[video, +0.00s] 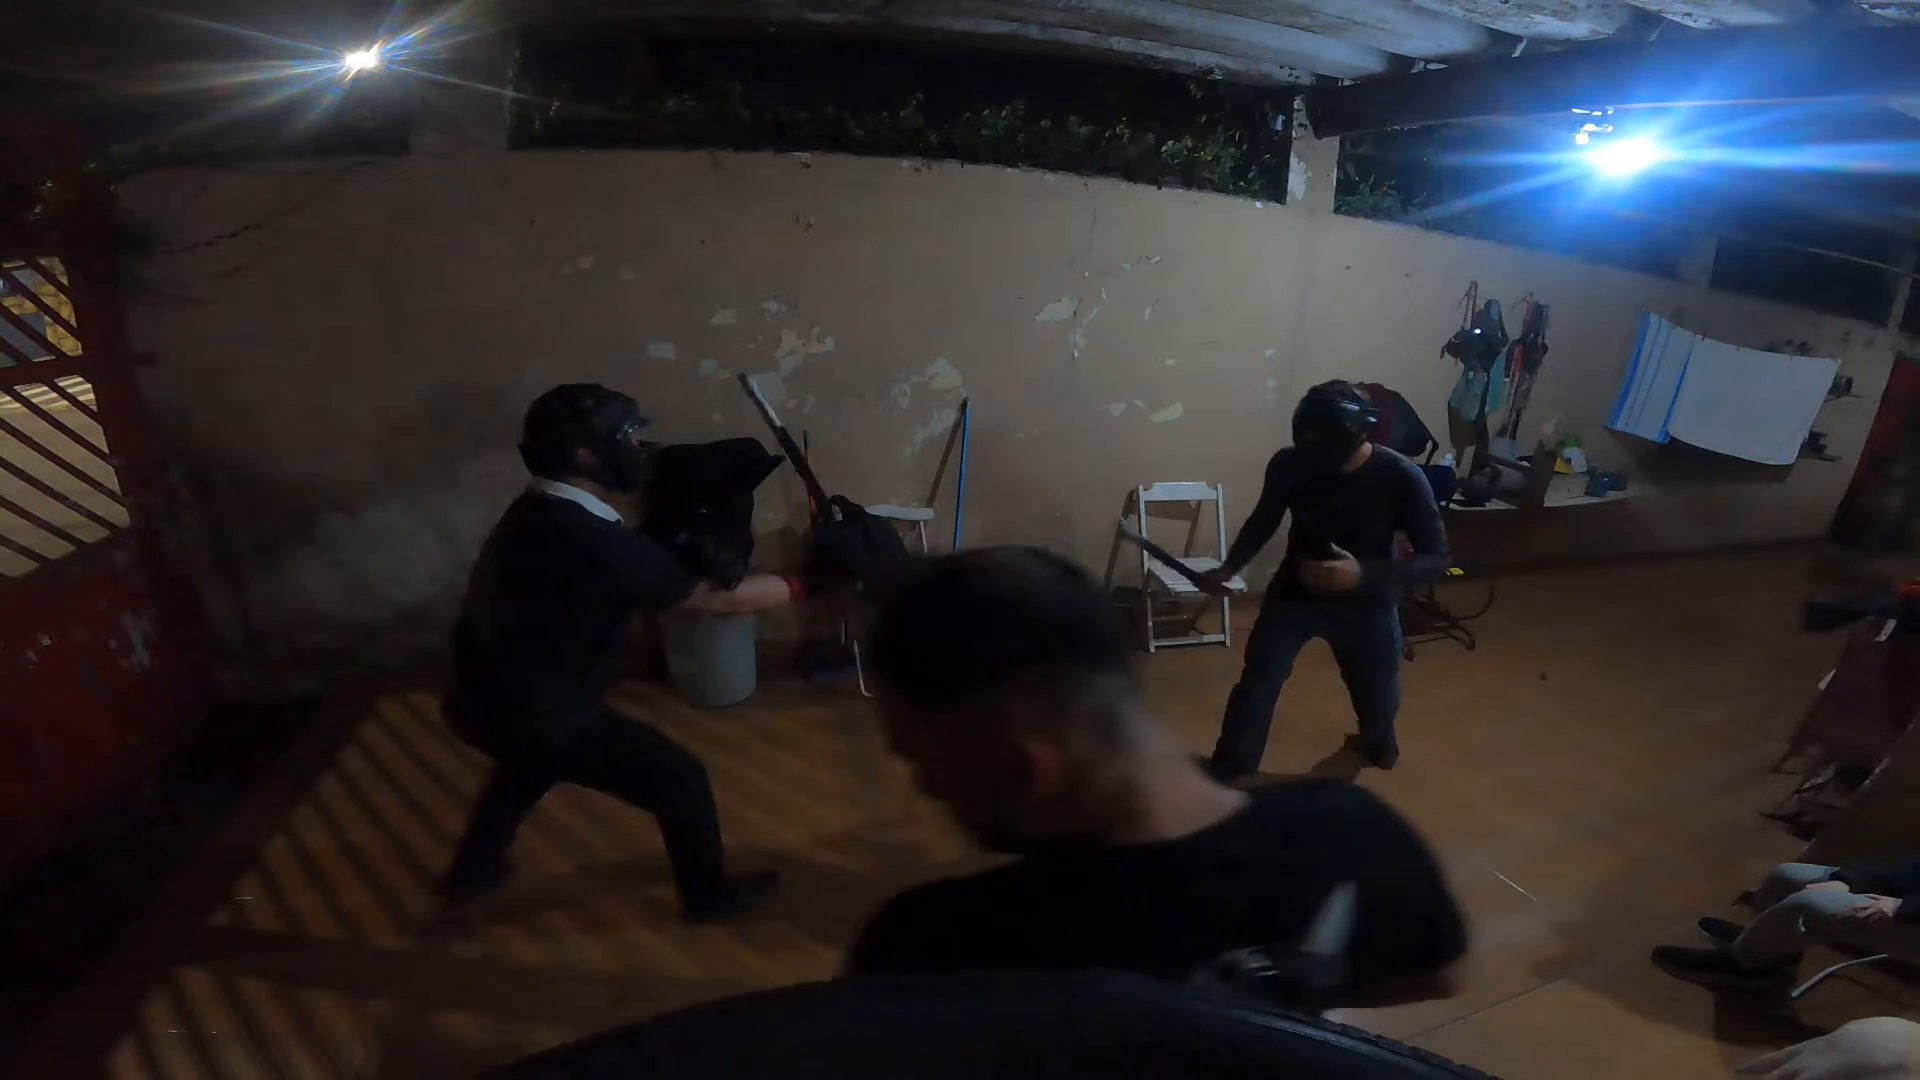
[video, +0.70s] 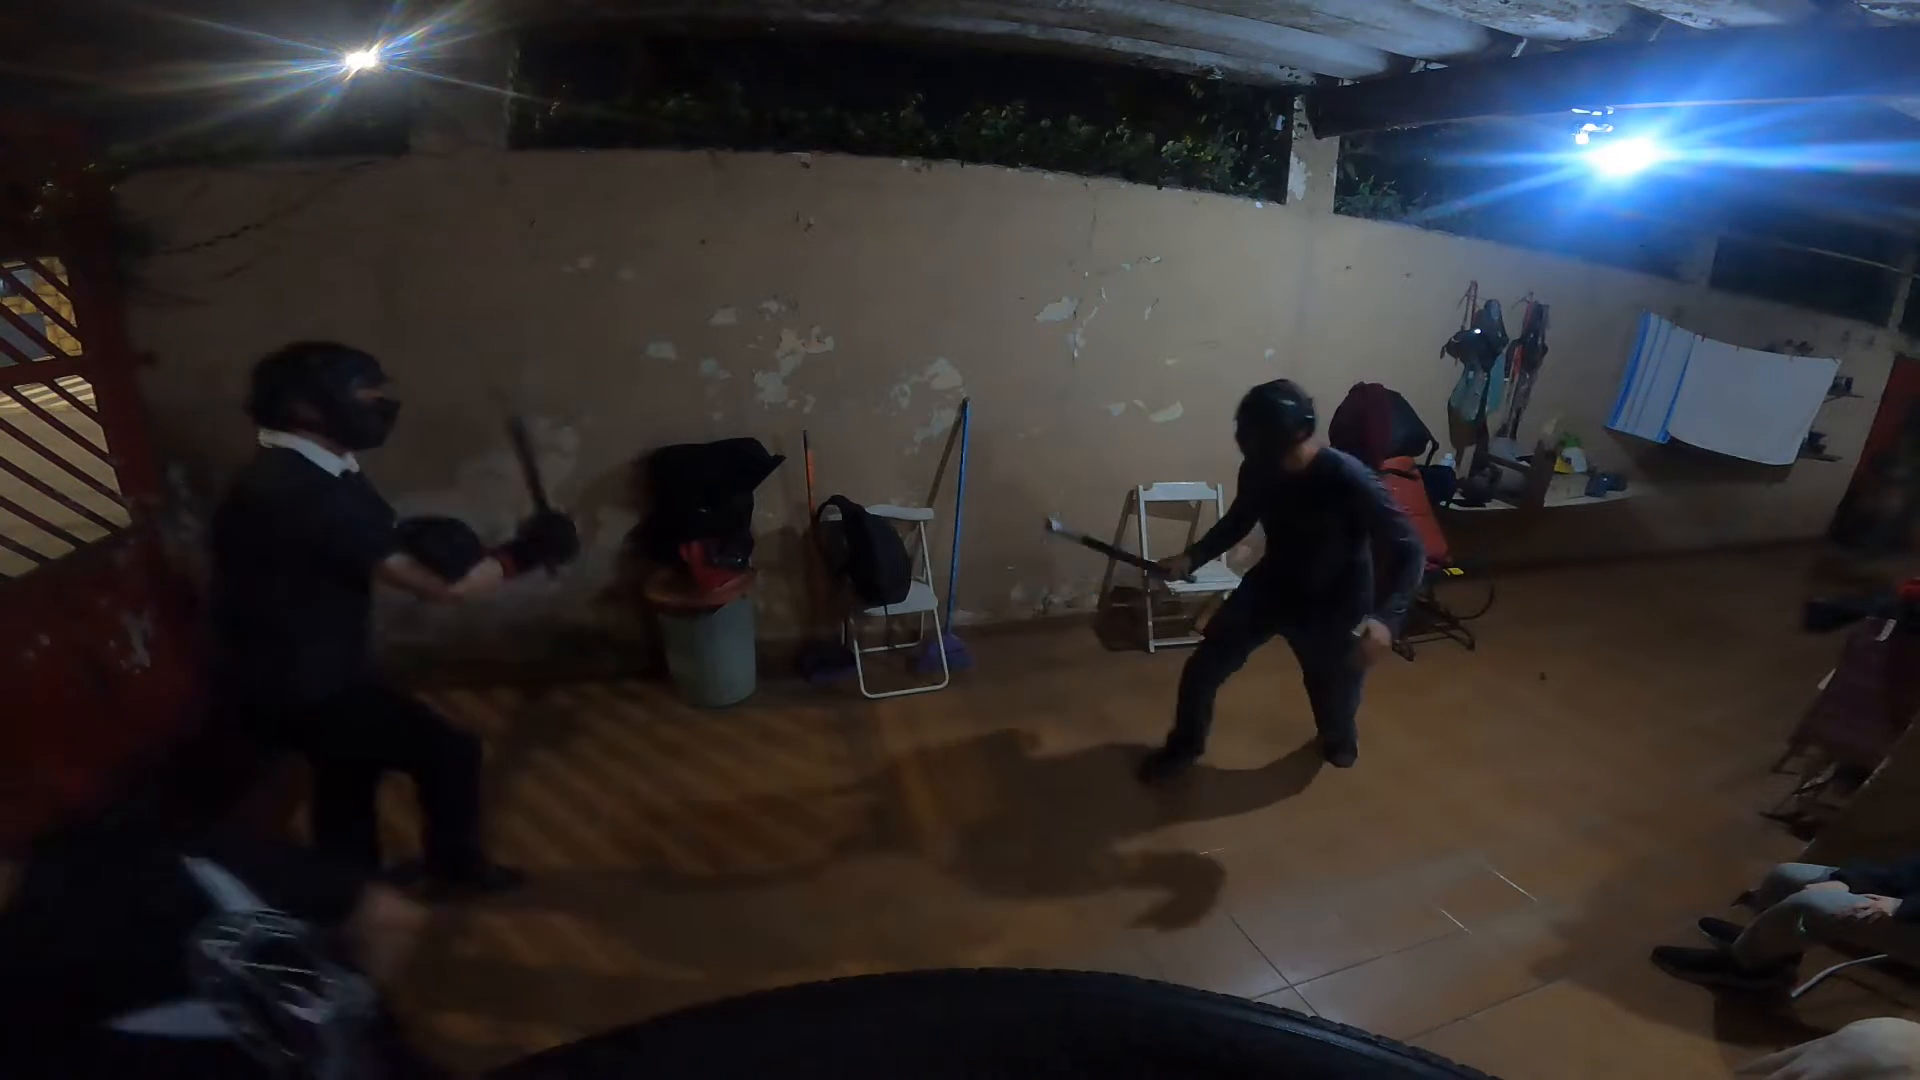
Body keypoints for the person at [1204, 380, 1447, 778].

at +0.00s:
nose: (1312, 460)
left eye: (1321, 452)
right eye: (1307, 450)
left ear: (1352, 441)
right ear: (1302, 438)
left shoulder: (1403, 479)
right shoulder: (1290, 467)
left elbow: (1434, 561)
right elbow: (1264, 521)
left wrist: (1364, 574)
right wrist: (1229, 567)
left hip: (1367, 603)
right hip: (1295, 593)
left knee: (1378, 693)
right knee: (1259, 678)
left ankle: (1380, 743)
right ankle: (1230, 769)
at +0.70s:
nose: (1253, 457)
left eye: (1260, 449)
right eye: (1251, 449)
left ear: (1294, 437)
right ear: (1254, 444)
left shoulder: (1348, 477)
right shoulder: (1259, 471)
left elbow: (1410, 550)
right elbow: (1238, 521)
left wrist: (1387, 618)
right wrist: (1191, 558)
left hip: (1334, 603)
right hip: (1272, 588)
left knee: (1335, 694)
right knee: (1202, 671)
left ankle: (1340, 744)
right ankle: (1184, 746)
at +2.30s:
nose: (1351, 416)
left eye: (1360, 408)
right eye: (1345, 404)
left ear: (1387, 403)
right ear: (1337, 395)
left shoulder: (1418, 458)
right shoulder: (1321, 424)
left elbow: (1442, 535)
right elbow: (1287, 468)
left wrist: (1400, 589)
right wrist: (1219, 490)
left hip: (1360, 579)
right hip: (1305, 562)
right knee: (1304, 658)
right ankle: (1342, 707)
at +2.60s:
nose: (1393, 424)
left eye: (1404, 416)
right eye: (1387, 413)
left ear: (1427, 410)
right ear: (1377, 402)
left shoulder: (1454, 453)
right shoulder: (1354, 435)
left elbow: (1500, 525)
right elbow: (1331, 493)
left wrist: (1458, 556)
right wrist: (1316, 537)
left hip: (1414, 571)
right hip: (1353, 560)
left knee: (1411, 671)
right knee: (1322, 655)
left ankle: (1414, 714)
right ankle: (1348, 711)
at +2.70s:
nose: (1414, 439)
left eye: (1423, 431)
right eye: (1406, 429)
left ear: (1444, 419)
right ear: (1395, 415)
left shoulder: (1472, 460)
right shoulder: (1371, 445)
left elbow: (1512, 529)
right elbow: (1345, 504)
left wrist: (1460, 533)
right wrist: (1321, 539)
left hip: (1426, 571)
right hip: (1362, 561)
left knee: (1422, 656)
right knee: (1307, 646)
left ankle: (1415, 715)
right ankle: (1325, 699)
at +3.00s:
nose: (1393, 438)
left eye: (1402, 431)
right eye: (1388, 429)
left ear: (1424, 422)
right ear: (1379, 416)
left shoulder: (1455, 464)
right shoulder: (1354, 445)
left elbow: (1485, 523)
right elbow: (1320, 493)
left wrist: (1472, 577)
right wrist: (1278, 531)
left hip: (1407, 575)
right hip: (1343, 564)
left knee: (1404, 661)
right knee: (1298, 629)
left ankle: (1410, 720)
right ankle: (1265, 707)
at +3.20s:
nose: (1373, 428)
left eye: (1383, 421)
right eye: (1369, 416)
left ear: (1411, 417)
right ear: (1363, 409)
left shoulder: (1440, 462)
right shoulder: (1338, 441)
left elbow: (1470, 518)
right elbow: (1306, 489)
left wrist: (1472, 571)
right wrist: (1273, 536)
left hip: (1389, 572)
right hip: (1326, 558)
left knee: (1379, 664)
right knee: (1285, 630)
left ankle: (1341, 711)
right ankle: (1263, 709)